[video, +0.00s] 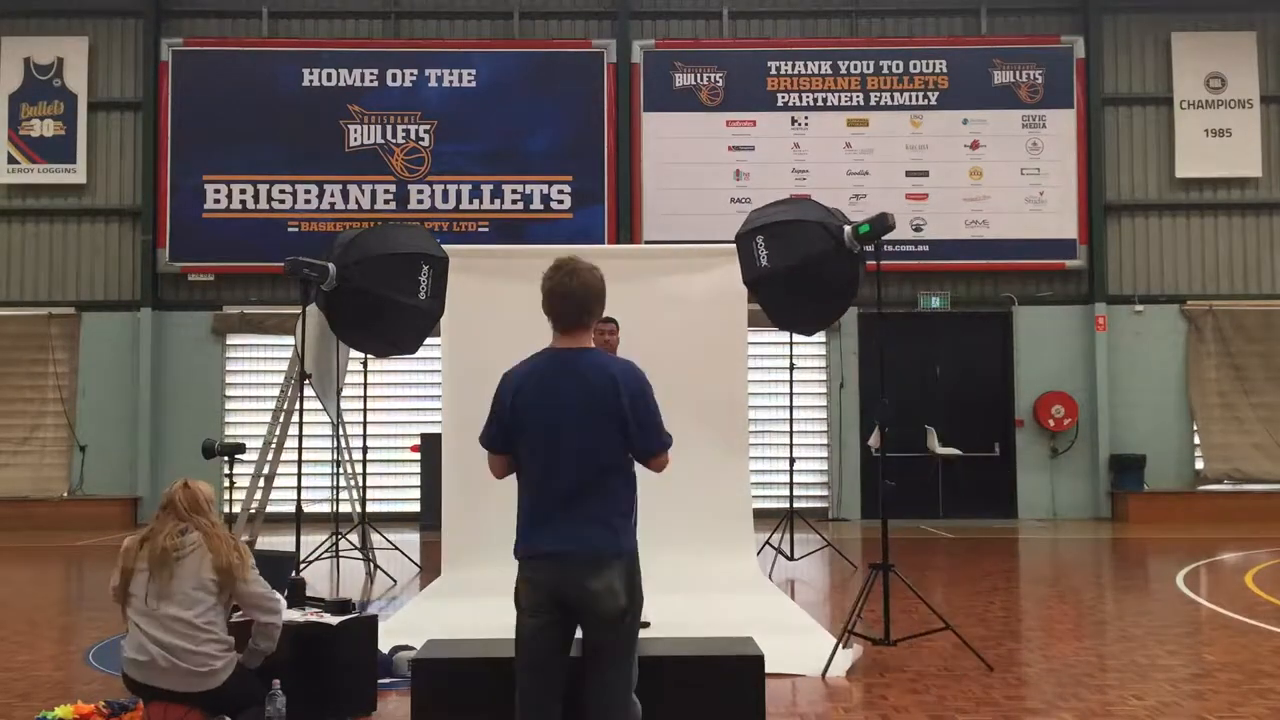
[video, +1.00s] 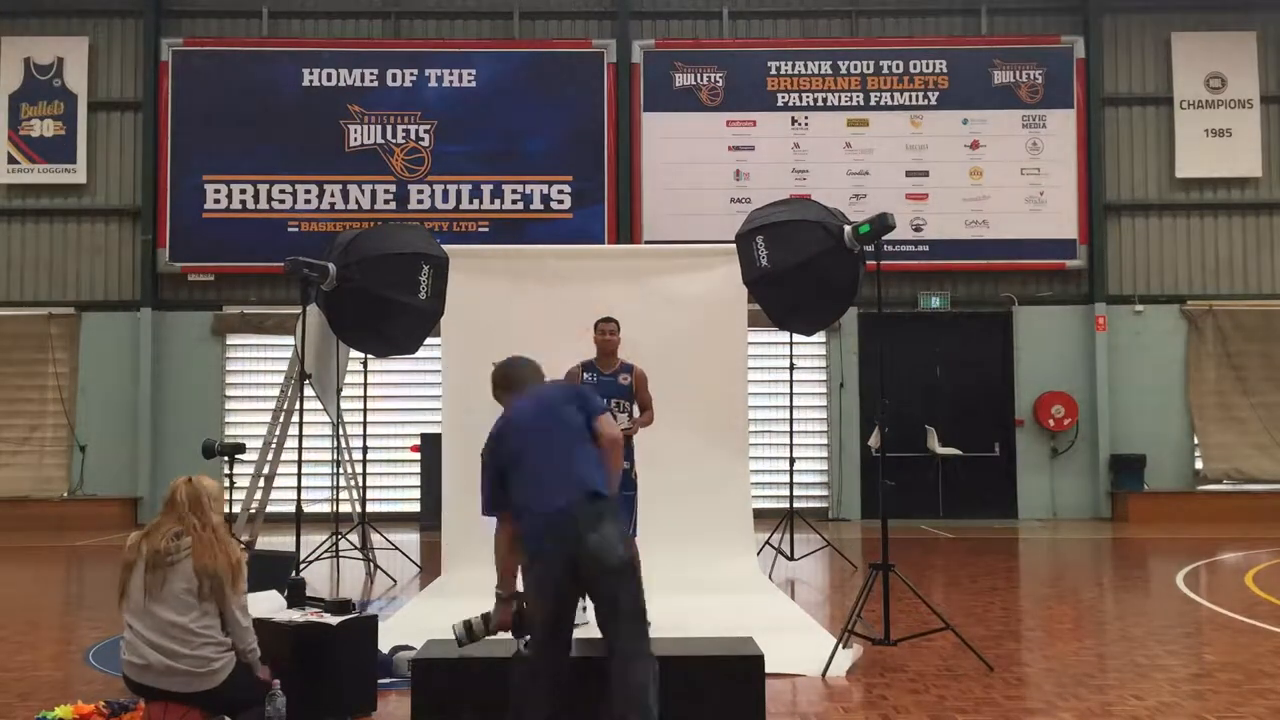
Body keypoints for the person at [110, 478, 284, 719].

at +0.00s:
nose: (216, 511)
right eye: (213, 507)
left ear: (164, 508)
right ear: (207, 510)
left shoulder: (134, 545)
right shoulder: (224, 547)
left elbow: (118, 592)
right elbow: (272, 610)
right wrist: (248, 661)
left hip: (139, 678)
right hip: (206, 682)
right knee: (257, 701)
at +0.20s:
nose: (220, 513)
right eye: (217, 507)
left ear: (168, 508)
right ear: (211, 510)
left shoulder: (135, 546)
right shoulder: (225, 547)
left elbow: (121, 595)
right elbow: (271, 612)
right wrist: (248, 663)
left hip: (140, 678)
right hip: (206, 683)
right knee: (255, 698)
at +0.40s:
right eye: (223, 508)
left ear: (173, 506)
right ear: (216, 509)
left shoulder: (141, 544)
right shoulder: (226, 553)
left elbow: (129, 605)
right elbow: (245, 635)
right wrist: (232, 658)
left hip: (139, 678)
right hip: (205, 684)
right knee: (255, 698)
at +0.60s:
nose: (223, 514)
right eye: (220, 507)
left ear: (172, 506)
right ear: (213, 510)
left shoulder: (138, 544)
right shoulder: (224, 552)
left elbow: (131, 608)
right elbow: (238, 625)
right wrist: (246, 663)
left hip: (139, 679)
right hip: (204, 684)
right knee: (256, 696)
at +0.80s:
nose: (224, 513)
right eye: (222, 507)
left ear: (175, 505)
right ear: (216, 509)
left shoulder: (140, 543)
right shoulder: (225, 552)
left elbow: (132, 607)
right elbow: (240, 618)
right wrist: (258, 668)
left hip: (139, 679)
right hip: (204, 684)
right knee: (259, 696)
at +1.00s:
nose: (223, 512)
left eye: (221, 505)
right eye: (220, 505)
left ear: (171, 505)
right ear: (211, 508)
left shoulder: (138, 544)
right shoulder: (221, 550)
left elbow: (131, 609)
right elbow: (238, 621)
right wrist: (256, 666)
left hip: (140, 679)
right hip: (203, 683)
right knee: (260, 697)